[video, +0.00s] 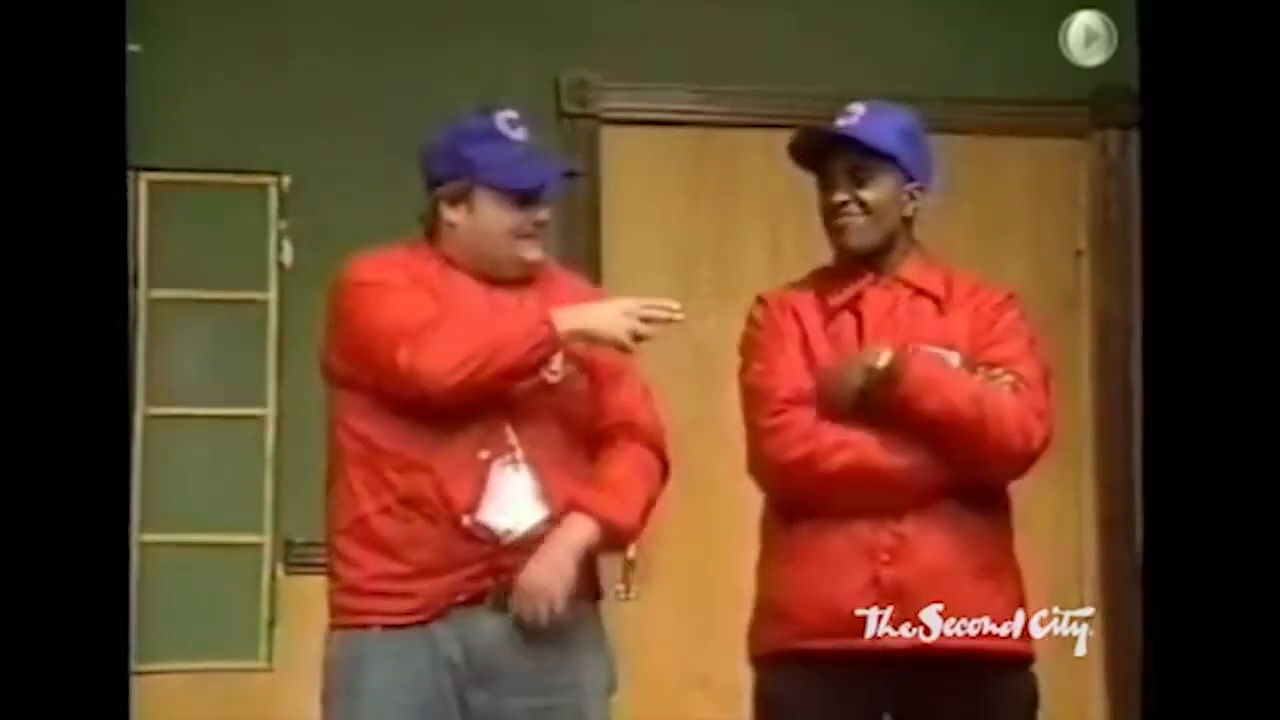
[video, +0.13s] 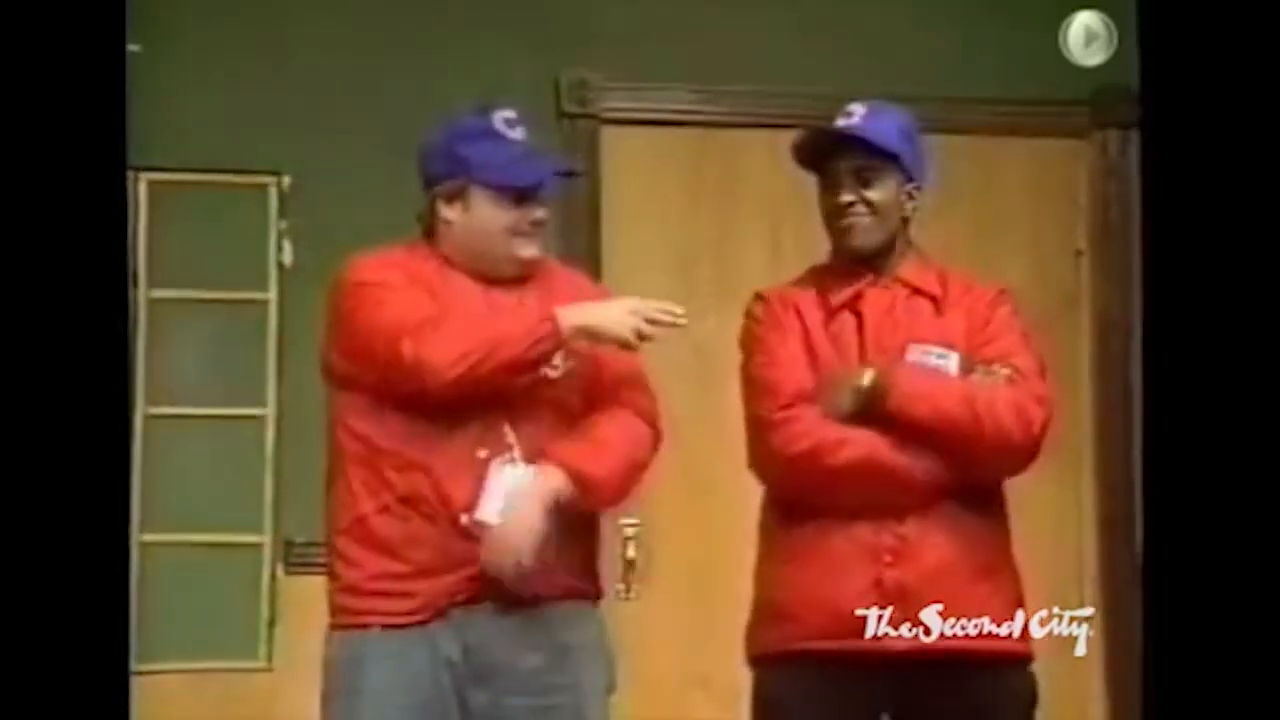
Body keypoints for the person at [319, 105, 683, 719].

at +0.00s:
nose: (541, 215)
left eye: (544, 199)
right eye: (520, 200)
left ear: (552, 200)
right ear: (453, 208)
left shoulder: (569, 296)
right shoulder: (374, 283)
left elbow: (637, 441)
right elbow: (433, 370)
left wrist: (570, 540)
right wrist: (561, 322)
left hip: (547, 625)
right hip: (394, 633)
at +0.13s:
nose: (539, 212)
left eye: (541, 196)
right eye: (517, 197)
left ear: (550, 199)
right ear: (450, 206)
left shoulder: (572, 292)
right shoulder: (374, 283)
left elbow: (634, 418)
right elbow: (434, 362)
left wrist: (548, 486)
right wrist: (566, 320)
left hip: (549, 623)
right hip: (395, 631)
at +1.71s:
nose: (442, 203)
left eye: (466, 185)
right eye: (432, 184)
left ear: (520, 201)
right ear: (419, 193)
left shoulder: (577, 286)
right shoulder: (376, 278)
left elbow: (575, 431)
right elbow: (391, 389)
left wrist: (405, 423)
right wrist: (547, 378)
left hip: (540, 615)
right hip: (384, 618)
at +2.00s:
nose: (447, 198)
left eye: (470, 181)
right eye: (435, 181)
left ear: (520, 198)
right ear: (420, 193)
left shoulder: (577, 285)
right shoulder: (375, 278)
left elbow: (575, 427)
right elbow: (390, 387)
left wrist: (404, 418)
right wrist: (546, 373)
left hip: (543, 612)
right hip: (385, 614)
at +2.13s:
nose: (447, 197)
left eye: (471, 180)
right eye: (435, 180)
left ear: (520, 197)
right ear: (420, 193)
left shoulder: (578, 286)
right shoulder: (376, 278)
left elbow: (575, 426)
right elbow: (390, 386)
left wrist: (404, 418)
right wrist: (546, 373)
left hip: (543, 611)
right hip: (386, 613)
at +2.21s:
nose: (449, 194)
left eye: (472, 178)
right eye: (437, 178)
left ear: (521, 194)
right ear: (421, 192)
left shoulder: (578, 285)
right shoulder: (375, 278)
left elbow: (576, 426)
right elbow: (391, 386)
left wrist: (403, 417)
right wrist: (547, 373)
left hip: (544, 610)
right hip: (386, 613)